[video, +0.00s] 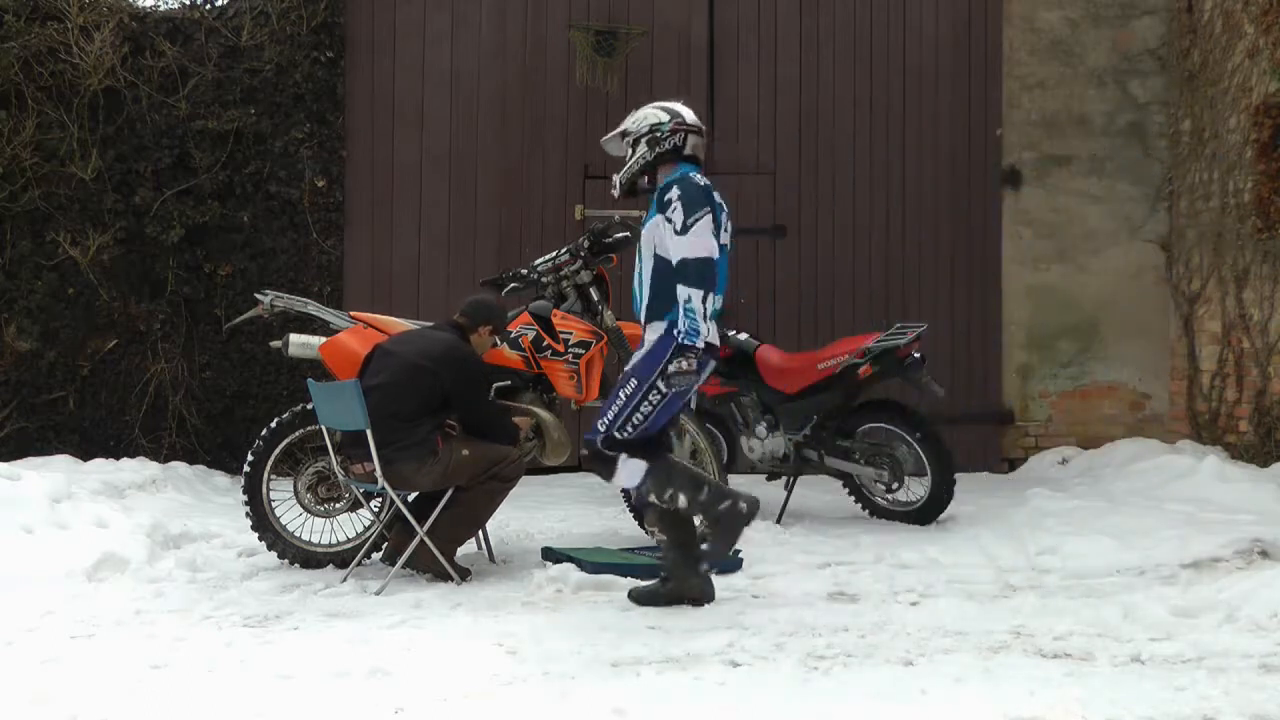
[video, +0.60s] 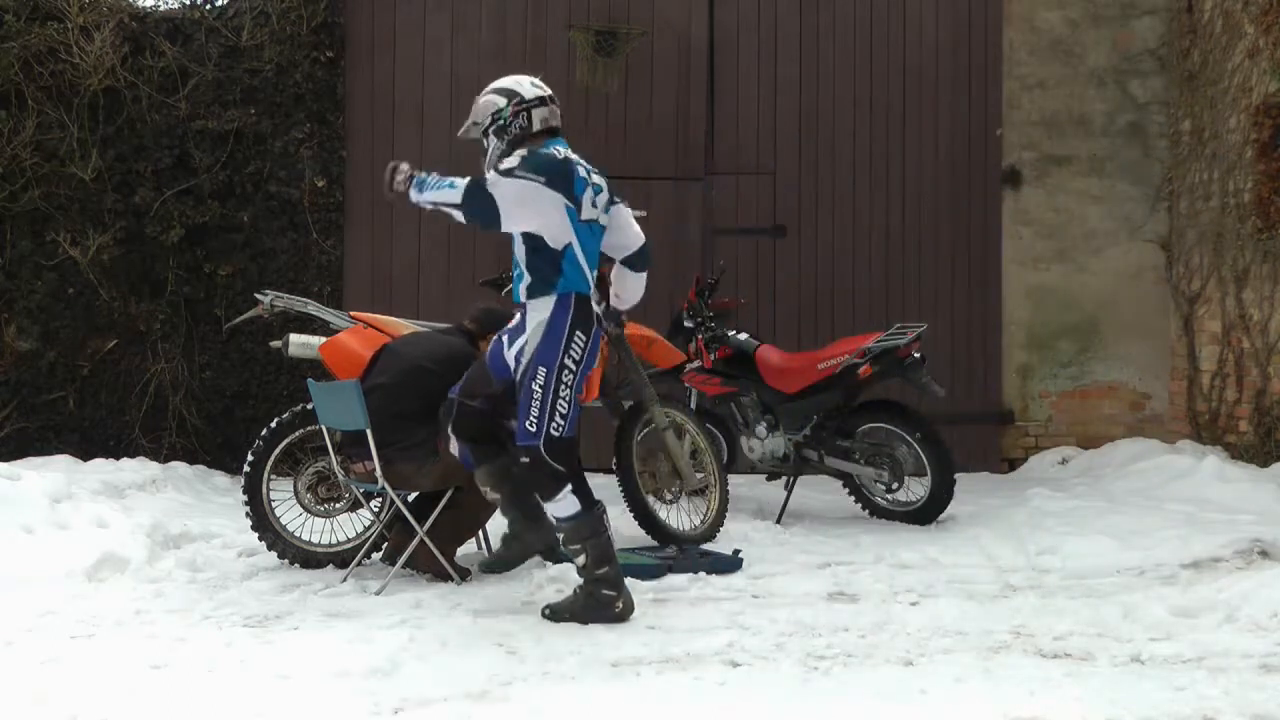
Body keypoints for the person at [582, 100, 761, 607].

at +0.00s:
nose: (626, 158)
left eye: (631, 147)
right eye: (626, 147)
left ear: (654, 143)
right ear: (674, 145)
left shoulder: (680, 190)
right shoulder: (703, 196)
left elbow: (695, 269)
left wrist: (687, 347)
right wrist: (629, 233)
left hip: (671, 346)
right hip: (689, 348)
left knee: (601, 448)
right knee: (647, 448)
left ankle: (718, 507)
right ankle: (684, 573)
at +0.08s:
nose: (604, 156)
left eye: (609, 142)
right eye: (604, 144)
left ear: (634, 136)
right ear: (648, 137)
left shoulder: (672, 182)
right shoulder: (658, 188)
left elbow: (698, 260)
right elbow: (660, 254)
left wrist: (667, 329)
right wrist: (614, 249)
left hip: (667, 334)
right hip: (668, 334)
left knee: (568, 414)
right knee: (651, 445)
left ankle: (653, 479)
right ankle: (685, 575)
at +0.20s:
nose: (578, 137)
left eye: (582, 125)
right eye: (577, 127)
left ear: (609, 119)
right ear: (618, 119)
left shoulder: (660, 166)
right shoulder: (616, 176)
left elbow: (692, 237)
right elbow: (596, 205)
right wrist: (547, 208)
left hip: (647, 309)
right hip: (627, 308)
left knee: (552, 411)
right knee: (652, 436)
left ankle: (610, 544)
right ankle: (687, 569)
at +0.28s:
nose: (562, 137)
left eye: (567, 126)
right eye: (561, 128)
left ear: (597, 122)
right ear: (600, 123)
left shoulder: (648, 171)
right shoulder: (602, 182)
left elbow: (654, 230)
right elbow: (575, 245)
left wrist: (607, 179)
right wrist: (534, 277)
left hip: (626, 317)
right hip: (604, 316)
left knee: (559, 439)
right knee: (618, 447)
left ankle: (603, 585)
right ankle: (681, 561)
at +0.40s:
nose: (535, 158)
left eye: (541, 147)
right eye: (535, 149)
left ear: (575, 140)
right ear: (569, 147)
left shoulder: (617, 183)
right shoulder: (577, 196)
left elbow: (582, 214)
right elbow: (573, 260)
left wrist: (561, 145)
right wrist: (539, 271)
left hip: (606, 327)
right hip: (582, 325)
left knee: (549, 451)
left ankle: (603, 586)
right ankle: (631, 511)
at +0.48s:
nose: (521, 153)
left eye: (524, 142)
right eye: (518, 144)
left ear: (546, 140)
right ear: (556, 142)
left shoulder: (590, 183)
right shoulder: (564, 183)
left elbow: (533, 204)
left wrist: (503, 132)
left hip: (591, 326)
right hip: (562, 323)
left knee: (543, 453)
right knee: (492, 426)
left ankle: (604, 587)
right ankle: (591, 489)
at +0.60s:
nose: (486, 144)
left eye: (489, 132)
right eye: (484, 134)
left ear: (511, 125)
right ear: (542, 122)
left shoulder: (534, 166)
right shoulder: (578, 170)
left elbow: (480, 199)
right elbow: (632, 244)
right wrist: (619, 304)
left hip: (564, 317)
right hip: (543, 316)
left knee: (541, 450)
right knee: (467, 410)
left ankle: (604, 586)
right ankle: (527, 526)